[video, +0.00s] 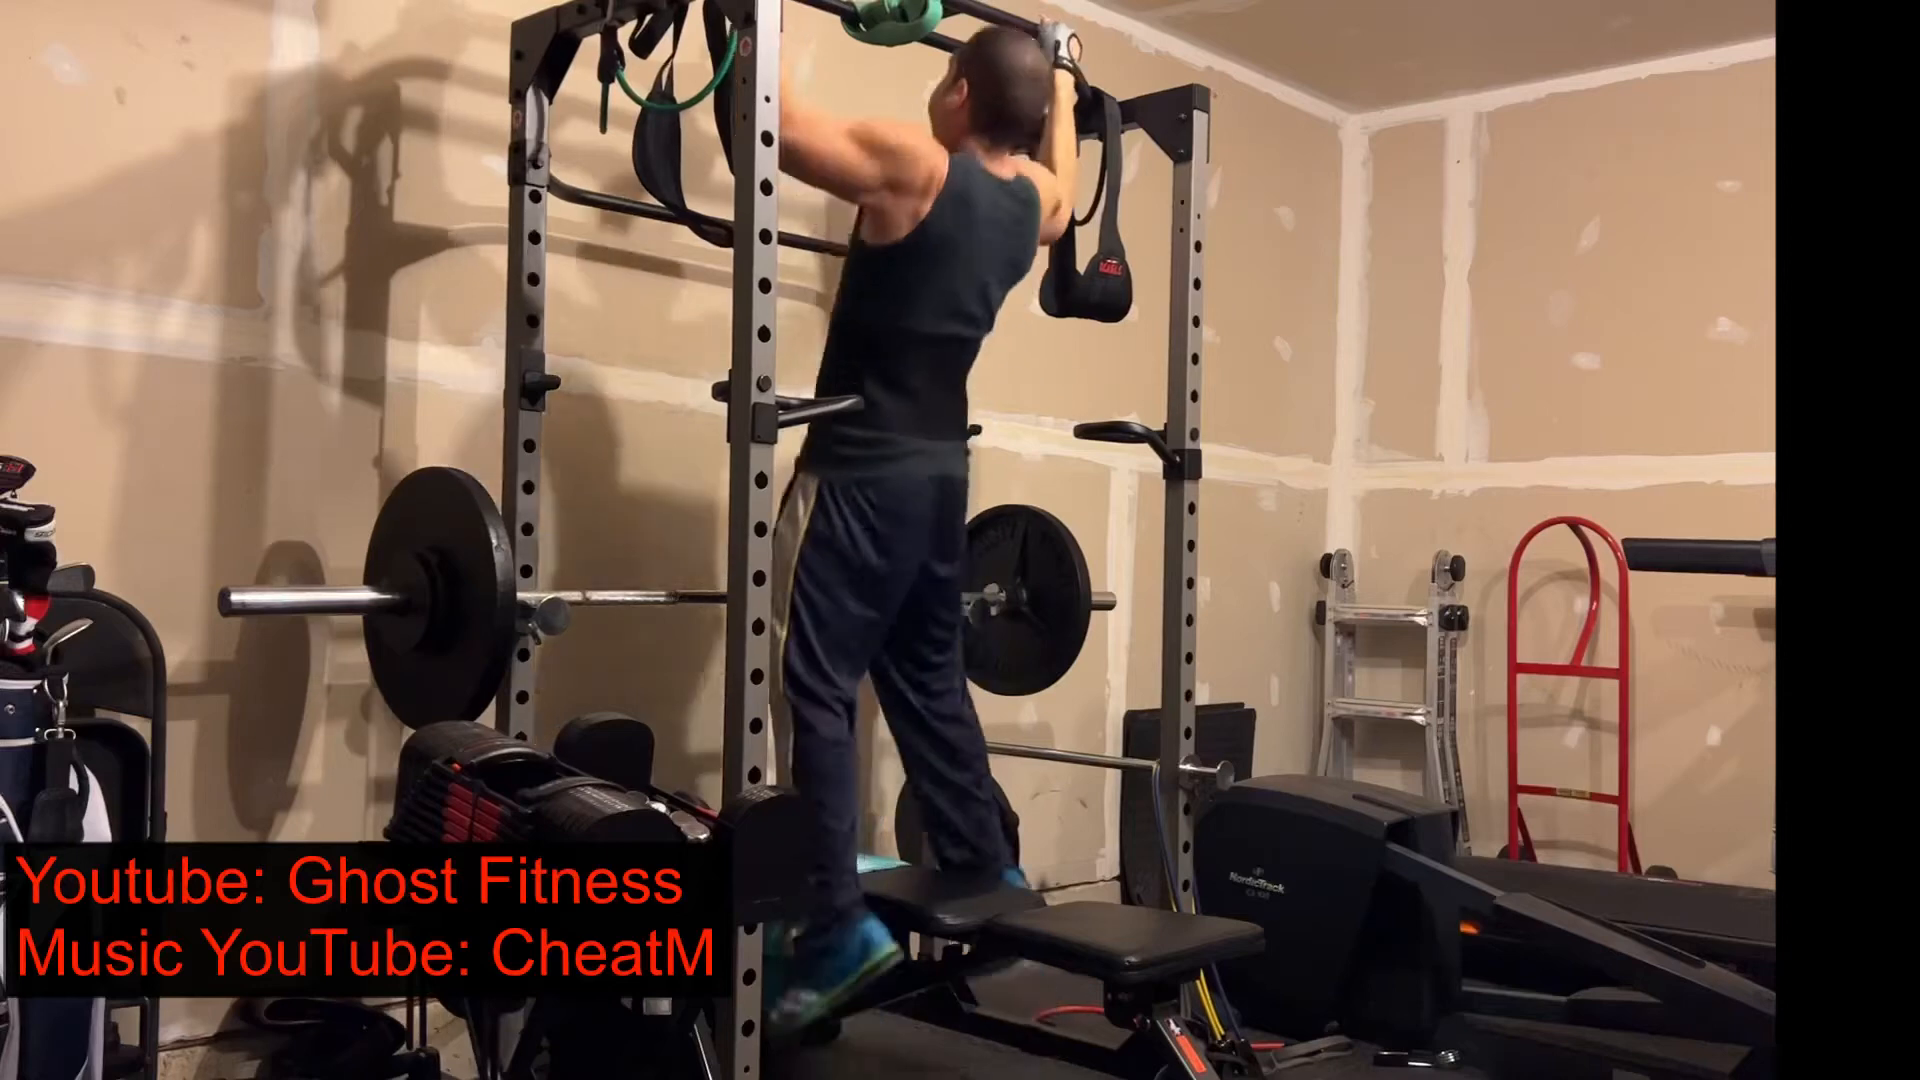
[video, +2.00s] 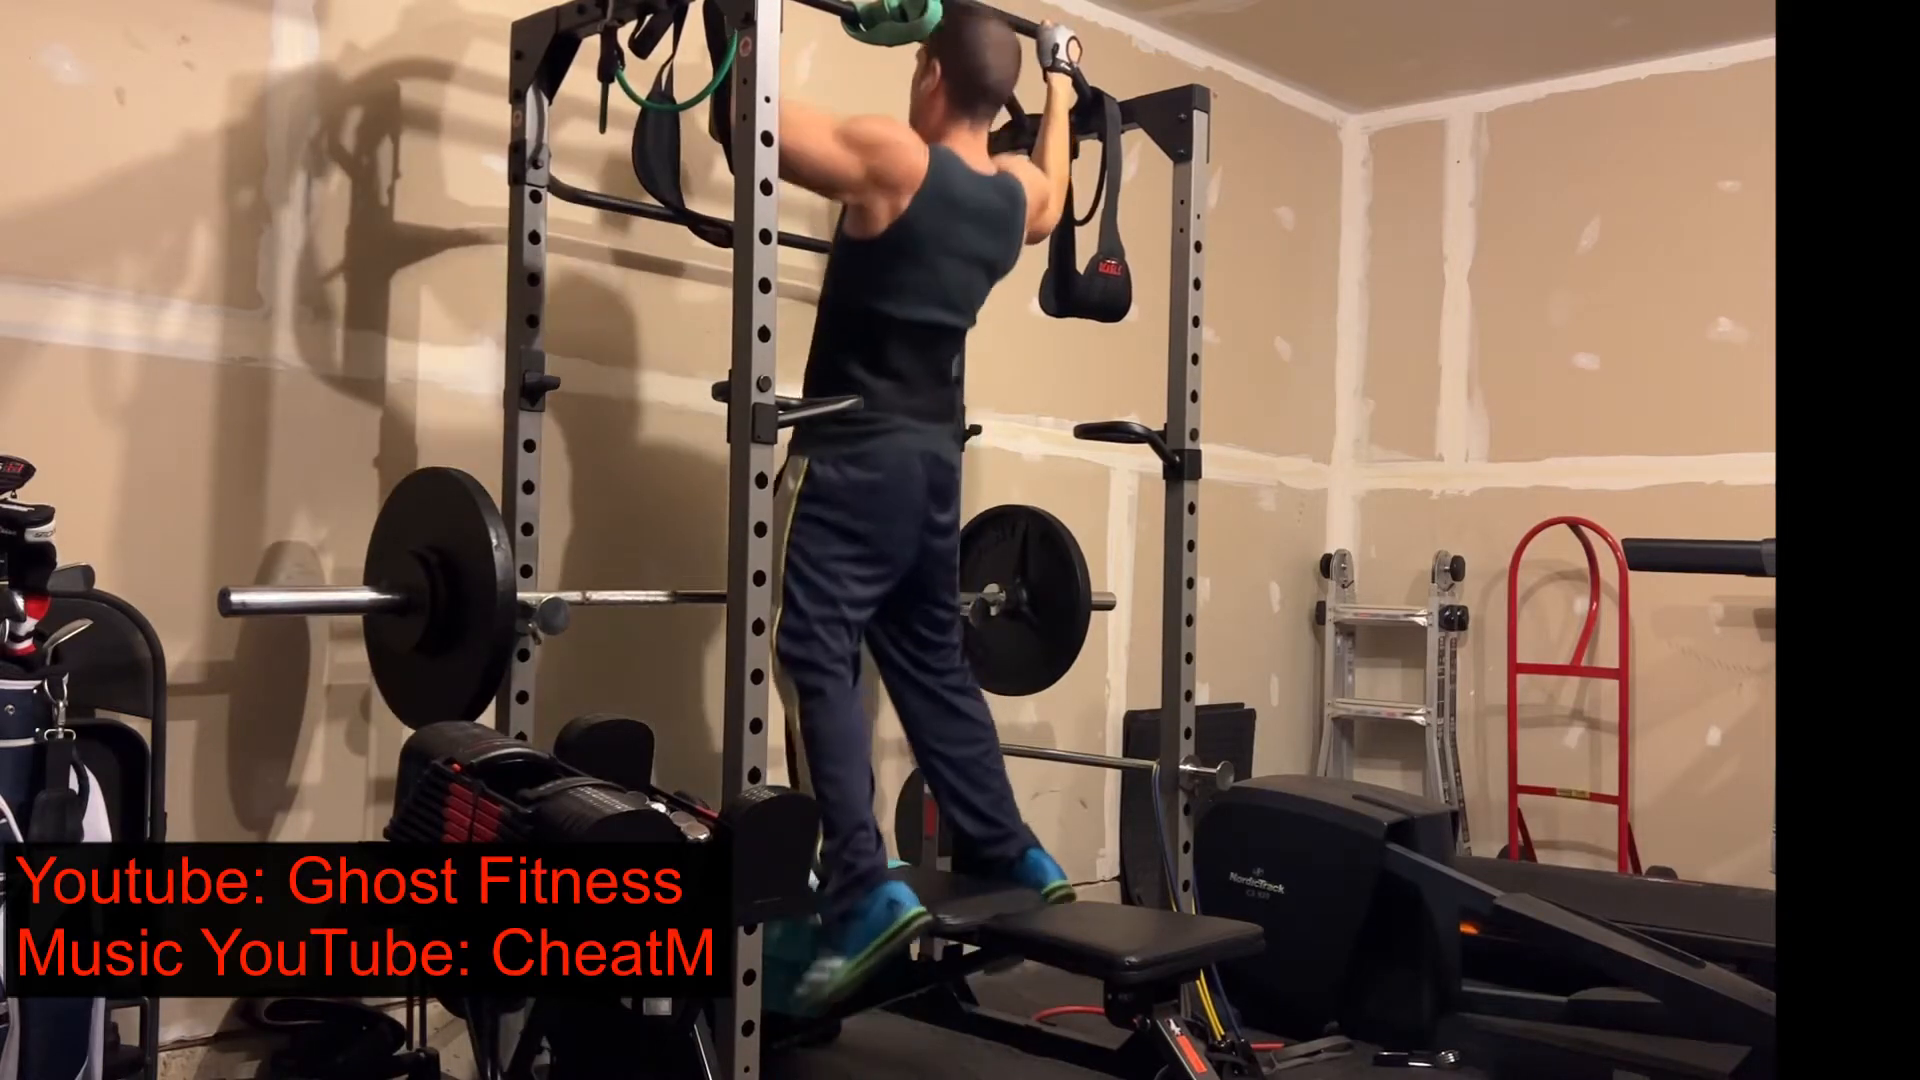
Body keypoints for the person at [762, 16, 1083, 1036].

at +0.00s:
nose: (937, 84)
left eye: (949, 76)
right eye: (948, 72)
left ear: (963, 101)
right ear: (1028, 116)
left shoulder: (911, 159)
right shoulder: (1029, 200)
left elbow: (771, 123)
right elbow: (1060, 188)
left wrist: (755, 24)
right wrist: (1057, 98)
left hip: (865, 471)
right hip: (939, 473)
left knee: (820, 686)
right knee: (928, 681)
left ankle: (839, 918)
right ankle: (983, 877)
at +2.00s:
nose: (912, 70)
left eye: (919, 57)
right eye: (924, 58)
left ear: (932, 76)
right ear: (1001, 100)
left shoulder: (891, 154)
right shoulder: (1012, 196)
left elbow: (760, 125)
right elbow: (1053, 189)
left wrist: (739, 34)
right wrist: (1060, 93)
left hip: (858, 451)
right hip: (932, 453)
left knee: (820, 658)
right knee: (930, 657)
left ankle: (863, 887)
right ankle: (1006, 853)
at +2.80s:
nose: (928, 99)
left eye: (935, 85)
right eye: (937, 85)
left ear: (951, 100)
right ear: (1024, 117)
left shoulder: (918, 169)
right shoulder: (1035, 209)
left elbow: (776, 128)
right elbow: (1057, 188)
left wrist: (750, 34)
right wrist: (1057, 115)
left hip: (865, 481)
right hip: (937, 485)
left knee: (809, 683)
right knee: (917, 683)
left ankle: (847, 919)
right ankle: (979, 872)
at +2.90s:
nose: (935, 54)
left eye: (944, 39)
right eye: (945, 40)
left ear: (961, 55)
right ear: (1030, 72)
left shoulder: (923, 128)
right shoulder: (1042, 169)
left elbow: (786, 119)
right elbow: (1069, 193)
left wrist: (759, 19)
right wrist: (1048, 102)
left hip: (873, 438)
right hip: (946, 444)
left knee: (806, 636)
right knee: (921, 642)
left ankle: (845, 875)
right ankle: (985, 841)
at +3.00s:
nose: (937, 22)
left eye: (945, 11)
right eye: (946, 12)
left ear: (960, 17)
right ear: (1034, 37)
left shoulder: (920, 89)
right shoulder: (1047, 136)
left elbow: (774, 112)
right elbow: (1072, 202)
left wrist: (755, 17)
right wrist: (1058, 97)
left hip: (870, 396)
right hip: (950, 407)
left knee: (803, 601)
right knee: (921, 610)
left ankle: (852, 834)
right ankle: (988, 812)